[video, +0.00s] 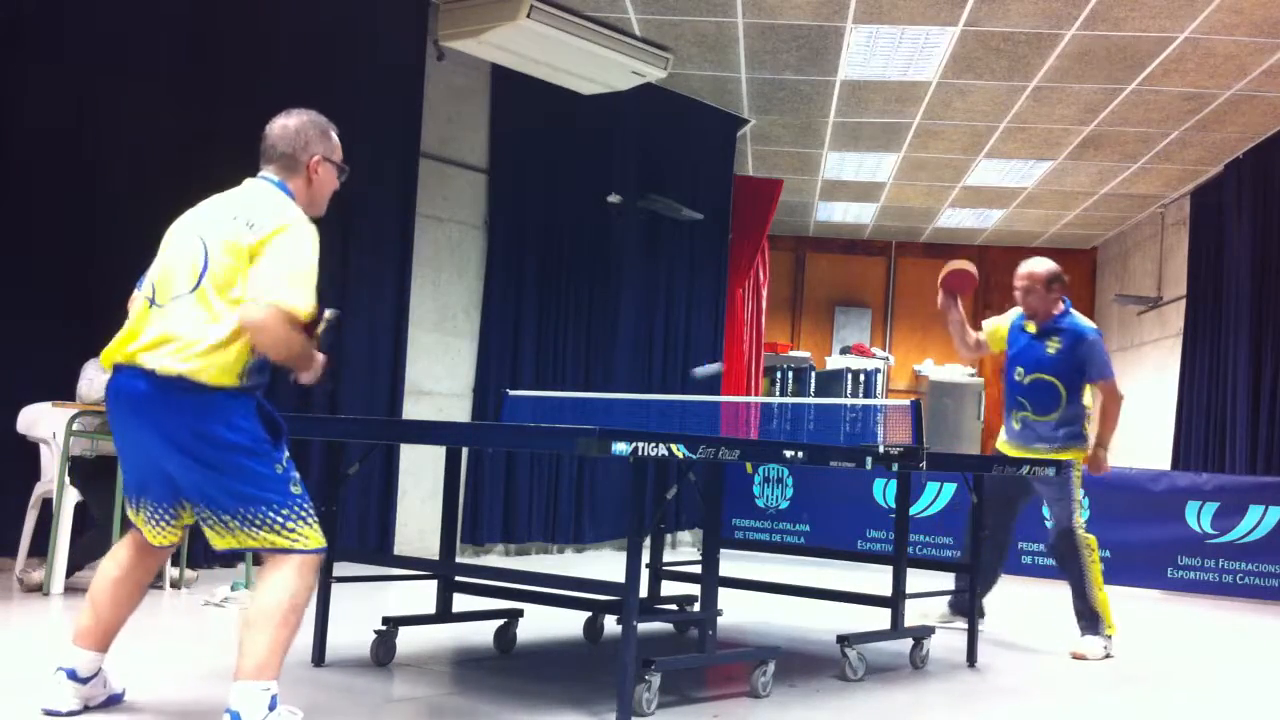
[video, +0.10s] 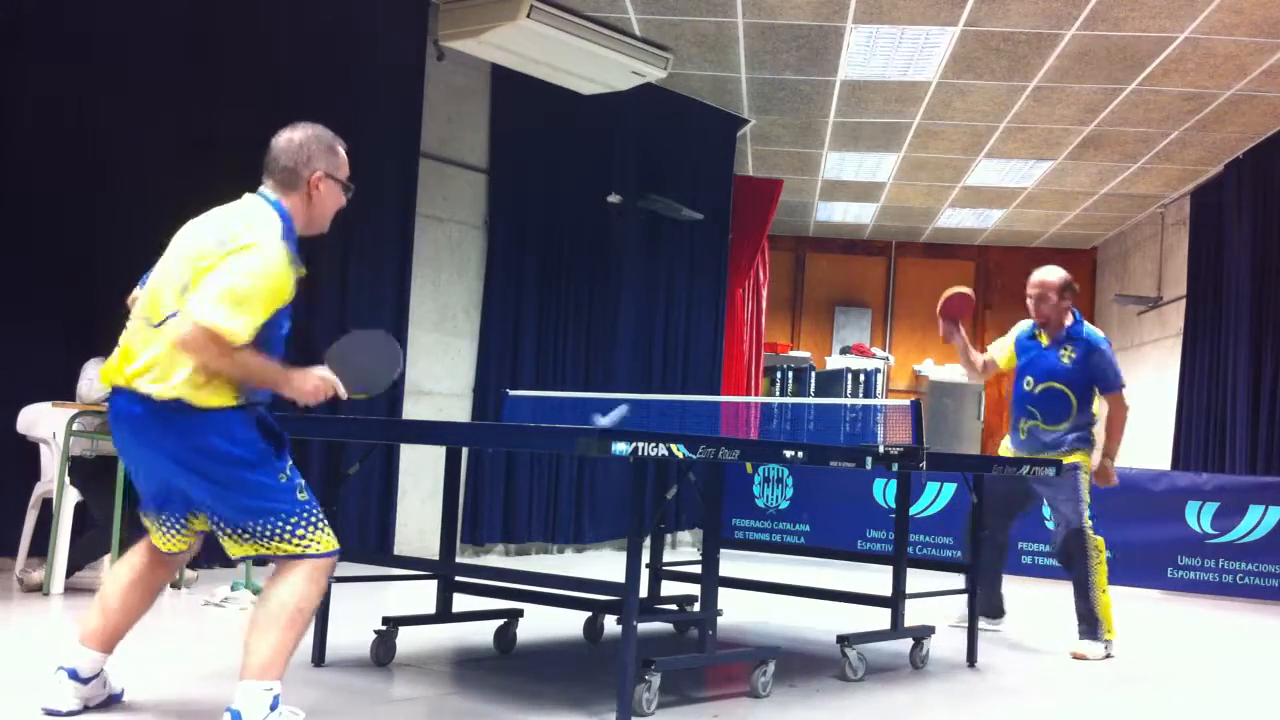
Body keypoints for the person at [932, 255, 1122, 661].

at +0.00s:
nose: (1018, 297)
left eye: (1025, 290)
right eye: (1016, 290)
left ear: (1054, 292)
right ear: (1019, 292)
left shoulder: (1082, 335)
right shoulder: (1013, 321)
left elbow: (1111, 395)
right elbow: (971, 347)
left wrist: (1100, 447)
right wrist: (952, 313)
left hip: (1061, 454)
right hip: (1011, 449)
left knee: (1068, 536)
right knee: (987, 525)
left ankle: (1097, 633)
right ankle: (964, 606)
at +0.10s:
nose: (1032, 306)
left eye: (1040, 298)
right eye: (1029, 298)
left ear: (1066, 300)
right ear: (1028, 299)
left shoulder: (1093, 345)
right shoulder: (1024, 332)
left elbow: (1118, 405)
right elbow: (981, 369)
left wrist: (1107, 460)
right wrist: (960, 337)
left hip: (1067, 456)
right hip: (1018, 451)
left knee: (1076, 537)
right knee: (985, 518)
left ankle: (1096, 637)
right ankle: (986, 608)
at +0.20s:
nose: (1028, 309)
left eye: (1037, 302)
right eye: (1025, 302)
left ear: (1063, 304)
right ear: (1024, 303)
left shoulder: (1088, 344)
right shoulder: (1021, 341)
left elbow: (1118, 400)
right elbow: (978, 375)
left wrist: (1120, 457)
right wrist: (959, 350)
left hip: (1067, 459)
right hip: (1020, 456)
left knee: (1073, 539)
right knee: (982, 518)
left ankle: (1097, 637)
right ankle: (999, 614)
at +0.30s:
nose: (1020, 302)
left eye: (1028, 295)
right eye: (1016, 295)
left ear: (1051, 296)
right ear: (1011, 298)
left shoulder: (1077, 332)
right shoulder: (1012, 334)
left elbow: (1116, 383)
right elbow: (980, 375)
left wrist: (1134, 436)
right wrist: (958, 363)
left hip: (1066, 451)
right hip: (1020, 451)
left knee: (1070, 530)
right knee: (986, 520)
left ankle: (1095, 631)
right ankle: (998, 613)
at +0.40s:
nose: (1006, 301)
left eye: (1014, 293)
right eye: (1002, 295)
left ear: (1037, 292)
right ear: (1000, 299)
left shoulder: (1064, 325)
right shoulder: (1009, 334)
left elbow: (1109, 368)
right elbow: (1004, 377)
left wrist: (1129, 424)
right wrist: (974, 385)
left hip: (1068, 445)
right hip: (1027, 446)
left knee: (1071, 527)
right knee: (992, 516)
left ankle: (1102, 624)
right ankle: (1000, 607)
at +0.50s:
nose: (999, 316)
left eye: (1006, 308)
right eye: (994, 310)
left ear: (1030, 305)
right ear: (992, 312)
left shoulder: (1053, 337)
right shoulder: (1014, 344)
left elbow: (1090, 387)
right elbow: (1022, 393)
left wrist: (1100, 446)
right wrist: (983, 414)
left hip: (1063, 456)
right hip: (1030, 456)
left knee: (1069, 535)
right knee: (993, 512)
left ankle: (1125, 618)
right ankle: (1004, 603)